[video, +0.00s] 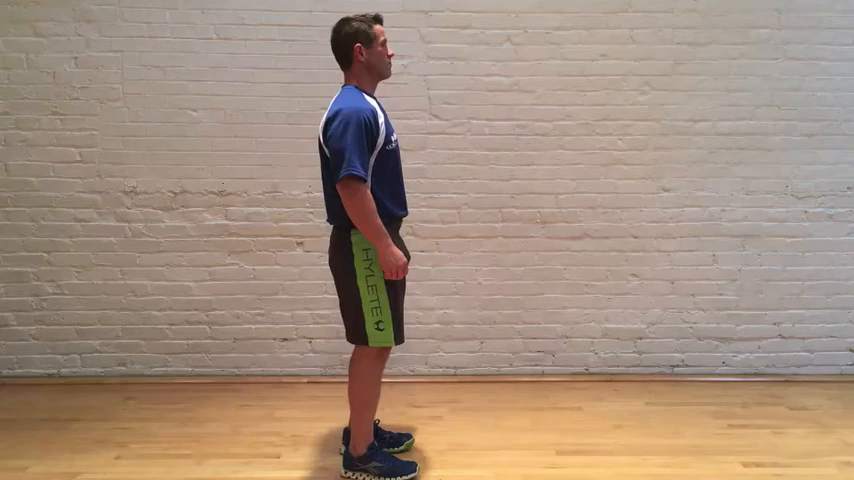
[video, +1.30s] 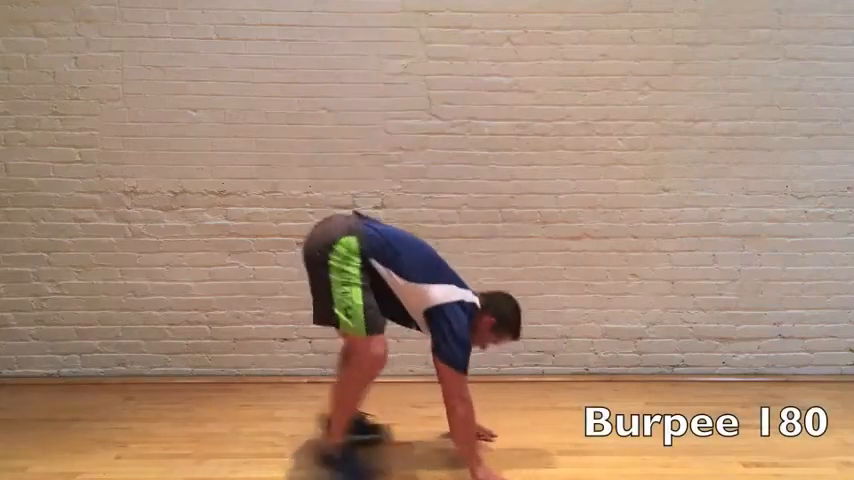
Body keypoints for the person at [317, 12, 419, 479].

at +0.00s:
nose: (391, 52)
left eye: (388, 44)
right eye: (384, 45)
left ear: (359, 53)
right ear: (361, 53)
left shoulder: (363, 105)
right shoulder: (352, 110)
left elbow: (362, 186)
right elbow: (351, 189)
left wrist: (389, 243)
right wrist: (385, 247)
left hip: (370, 239)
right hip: (362, 242)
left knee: (374, 341)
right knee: (373, 345)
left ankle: (362, 428)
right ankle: (360, 451)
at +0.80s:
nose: (450, 81)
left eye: (451, 72)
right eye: (446, 72)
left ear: (419, 71)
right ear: (423, 70)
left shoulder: (395, 112)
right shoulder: (401, 119)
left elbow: (384, 194)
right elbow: (390, 194)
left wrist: (404, 251)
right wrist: (416, 258)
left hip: (357, 234)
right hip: (355, 236)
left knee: (375, 341)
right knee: (381, 344)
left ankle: (363, 429)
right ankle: (359, 450)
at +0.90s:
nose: (478, 133)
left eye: (480, 125)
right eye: (475, 123)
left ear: (449, 116)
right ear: (454, 116)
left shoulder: (418, 144)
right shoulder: (421, 155)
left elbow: (405, 231)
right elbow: (411, 230)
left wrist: (425, 281)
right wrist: (437, 294)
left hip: (341, 244)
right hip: (339, 247)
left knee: (378, 347)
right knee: (390, 351)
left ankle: (361, 429)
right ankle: (360, 452)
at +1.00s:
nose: (490, 203)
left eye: (494, 195)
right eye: (490, 192)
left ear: (468, 179)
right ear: (472, 180)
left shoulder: (430, 198)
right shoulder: (434, 209)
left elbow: (418, 282)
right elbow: (428, 285)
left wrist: (447, 330)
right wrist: (455, 352)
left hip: (331, 268)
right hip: (331, 274)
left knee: (386, 353)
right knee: (404, 362)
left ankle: (360, 430)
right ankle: (361, 454)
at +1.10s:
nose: (498, 264)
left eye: (503, 257)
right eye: (500, 254)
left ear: (480, 238)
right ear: (484, 240)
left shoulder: (443, 246)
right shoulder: (443, 262)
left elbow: (435, 331)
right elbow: (442, 345)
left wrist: (459, 376)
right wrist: (469, 412)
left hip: (330, 284)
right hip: (326, 294)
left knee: (406, 341)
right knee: (411, 368)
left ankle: (362, 430)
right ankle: (361, 456)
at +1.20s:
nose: (497, 317)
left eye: (503, 311)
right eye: (501, 308)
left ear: (485, 287)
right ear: (489, 292)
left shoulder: (455, 283)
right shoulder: (451, 298)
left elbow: (451, 369)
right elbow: (453, 385)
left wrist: (464, 410)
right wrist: (476, 448)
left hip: (326, 262)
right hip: (322, 274)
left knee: (384, 353)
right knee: (396, 363)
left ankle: (362, 430)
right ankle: (361, 455)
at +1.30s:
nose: (488, 346)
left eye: (496, 342)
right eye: (494, 339)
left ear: (486, 316)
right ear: (487, 321)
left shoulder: (460, 303)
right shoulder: (453, 315)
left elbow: (452, 380)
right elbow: (457, 399)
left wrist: (465, 424)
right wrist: (477, 467)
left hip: (341, 235)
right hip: (340, 245)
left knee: (359, 345)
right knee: (370, 354)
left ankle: (342, 418)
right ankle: (334, 446)